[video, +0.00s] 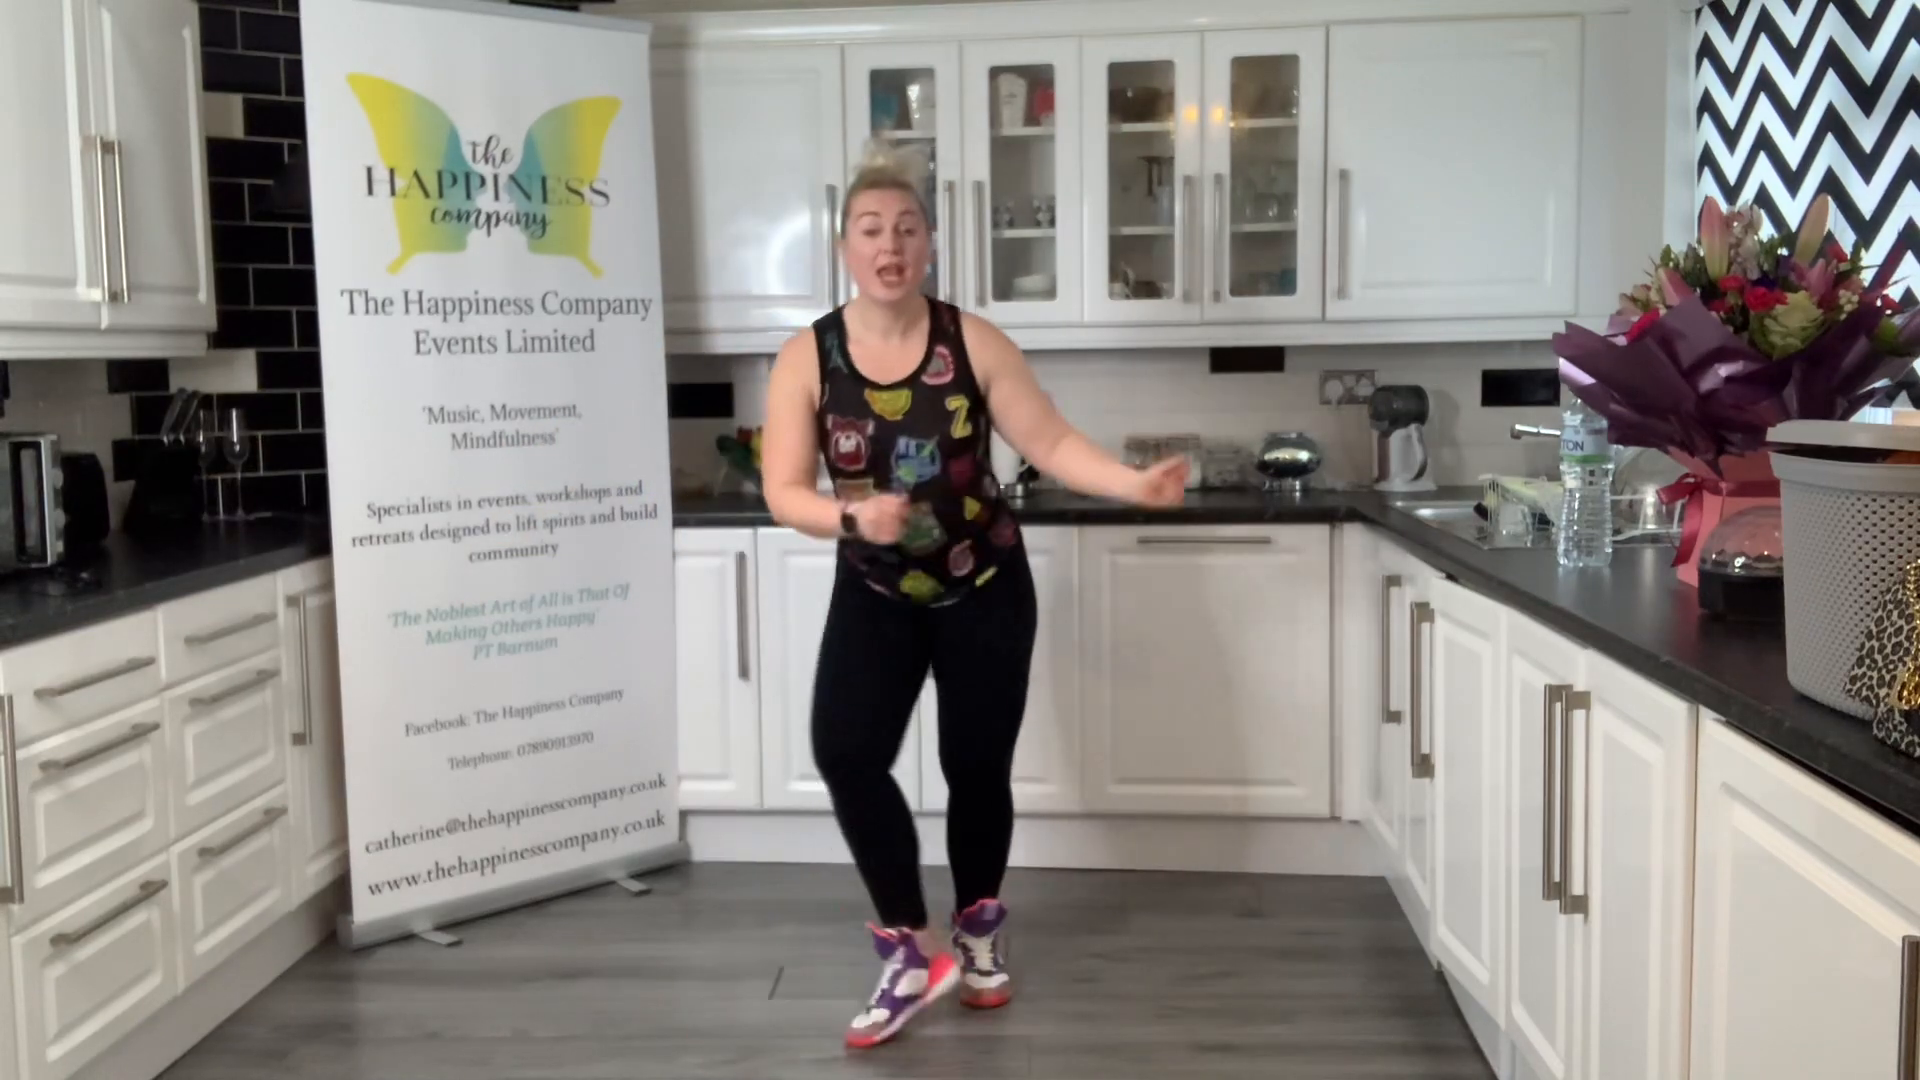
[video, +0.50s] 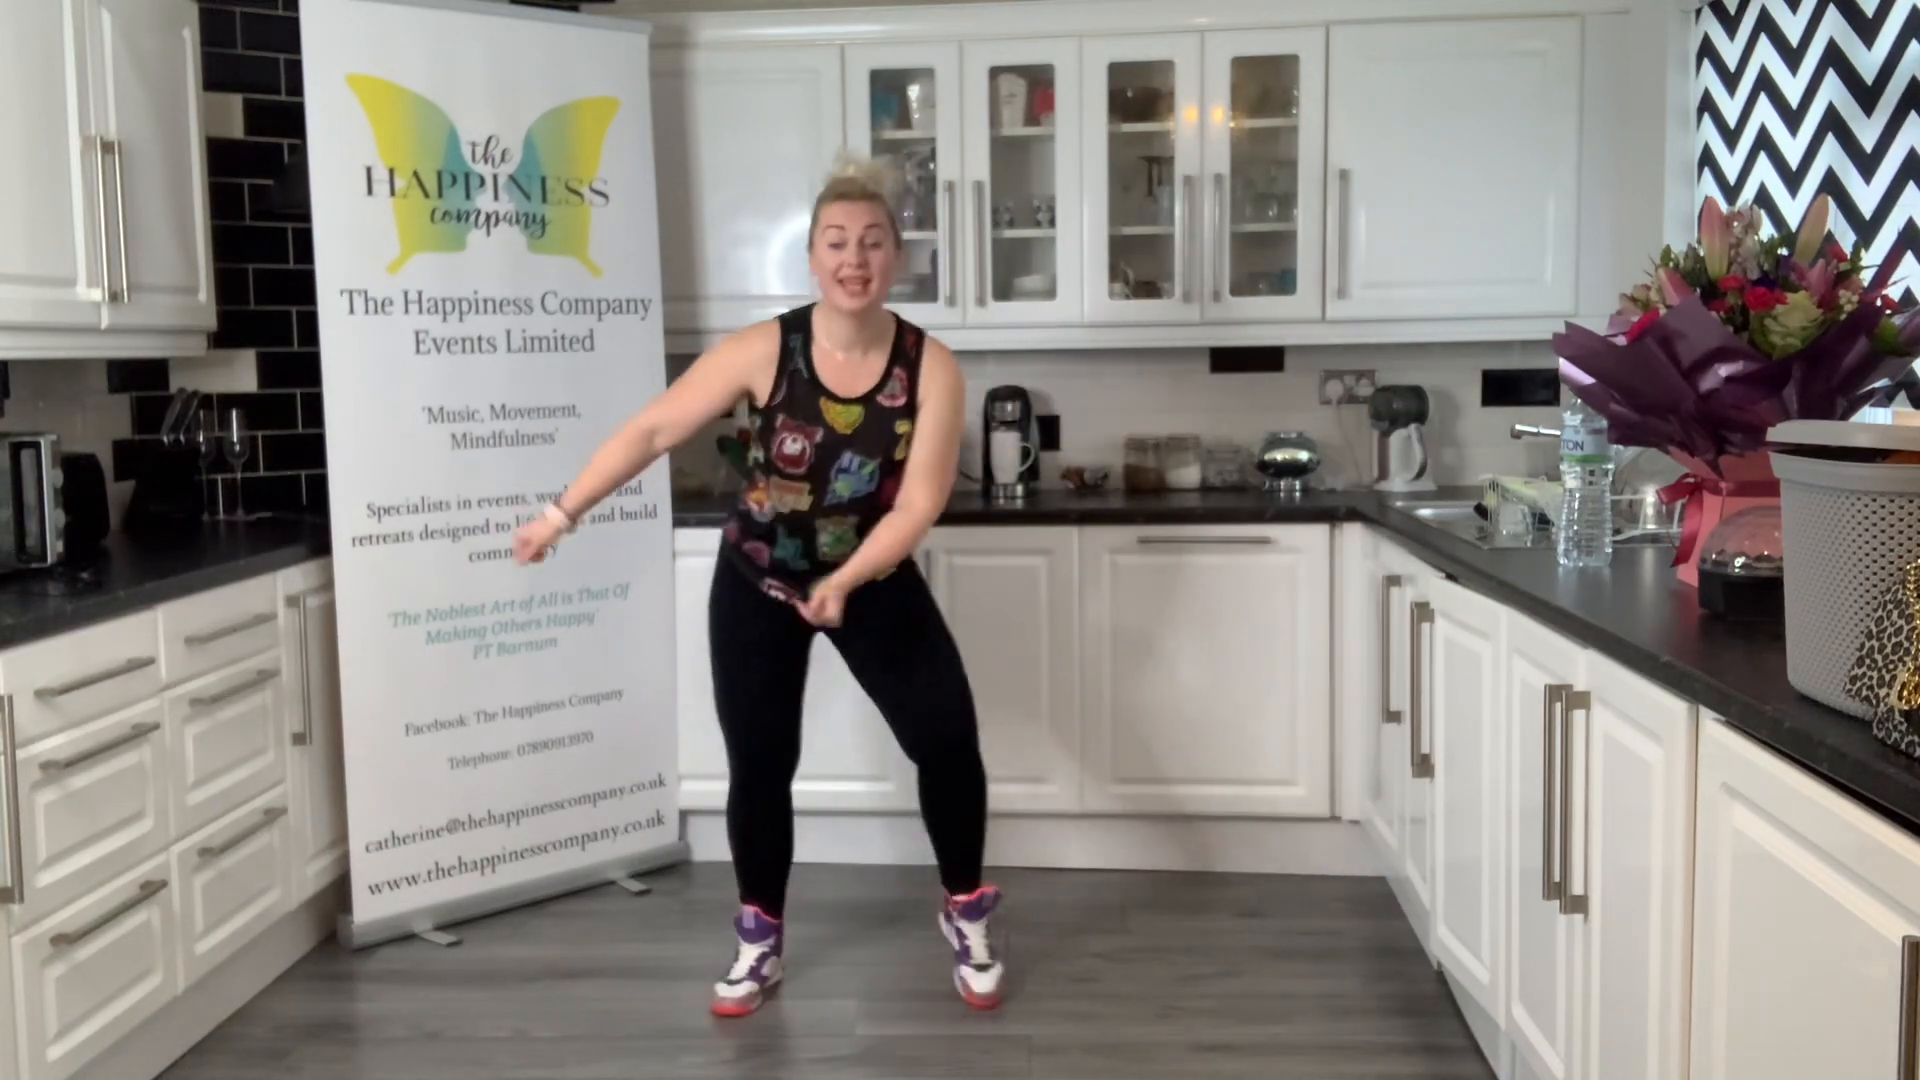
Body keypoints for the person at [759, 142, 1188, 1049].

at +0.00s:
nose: (890, 245)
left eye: (905, 227)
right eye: (870, 229)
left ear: (929, 243)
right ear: (844, 249)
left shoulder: (973, 342)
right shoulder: (807, 358)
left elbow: (1052, 442)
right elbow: (783, 493)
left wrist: (1133, 483)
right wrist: (850, 515)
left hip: (982, 586)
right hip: (876, 590)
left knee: (977, 765)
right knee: (847, 754)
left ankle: (979, 930)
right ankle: (906, 946)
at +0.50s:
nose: (854, 258)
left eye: (872, 241)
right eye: (836, 242)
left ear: (898, 255)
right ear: (812, 255)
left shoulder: (930, 368)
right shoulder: (762, 351)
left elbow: (920, 503)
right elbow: (653, 429)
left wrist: (846, 581)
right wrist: (565, 509)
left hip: (876, 572)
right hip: (760, 577)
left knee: (949, 736)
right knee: (759, 764)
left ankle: (966, 911)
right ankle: (759, 939)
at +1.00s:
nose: (802, 272)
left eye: (819, 254)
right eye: (784, 255)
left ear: (845, 260)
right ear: (760, 261)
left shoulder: (882, 348)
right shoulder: (730, 342)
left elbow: (941, 444)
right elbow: (635, 442)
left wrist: (885, 340)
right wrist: (691, 366)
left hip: (847, 583)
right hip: (735, 584)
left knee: (901, 741)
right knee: (738, 764)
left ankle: (889, 886)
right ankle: (753, 935)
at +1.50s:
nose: (868, 271)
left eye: (885, 251)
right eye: (849, 252)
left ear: (910, 254)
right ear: (825, 258)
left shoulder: (947, 363)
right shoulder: (806, 353)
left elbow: (930, 488)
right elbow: (676, 374)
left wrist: (809, 538)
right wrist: (586, 371)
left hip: (962, 605)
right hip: (862, 603)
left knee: (941, 787)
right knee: (805, 790)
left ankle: (930, 938)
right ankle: (718, 957)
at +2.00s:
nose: (867, 254)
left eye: (885, 234)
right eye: (848, 235)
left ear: (910, 237)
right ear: (822, 238)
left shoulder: (947, 329)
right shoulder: (788, 353)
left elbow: (1064, 384)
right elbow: (794, 495)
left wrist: (1088, 313)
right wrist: (901, 547)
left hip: (941, 585)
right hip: (830, 587)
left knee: (920, 755)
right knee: (814, 756)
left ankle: (925, 940)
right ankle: (773, 946)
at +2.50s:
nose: (843, 293)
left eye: (860, 275)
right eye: (825, 274)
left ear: (880, 274)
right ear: (793, 273)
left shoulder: (876, 344)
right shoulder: (779, 379)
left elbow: (966, 378)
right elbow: (853, 535)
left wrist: (1024, 314)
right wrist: (898, 562)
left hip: (800, 585)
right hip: (706, 589)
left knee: (915, 686)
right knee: (770, 771)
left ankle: (826, 841)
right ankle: (778, 975)